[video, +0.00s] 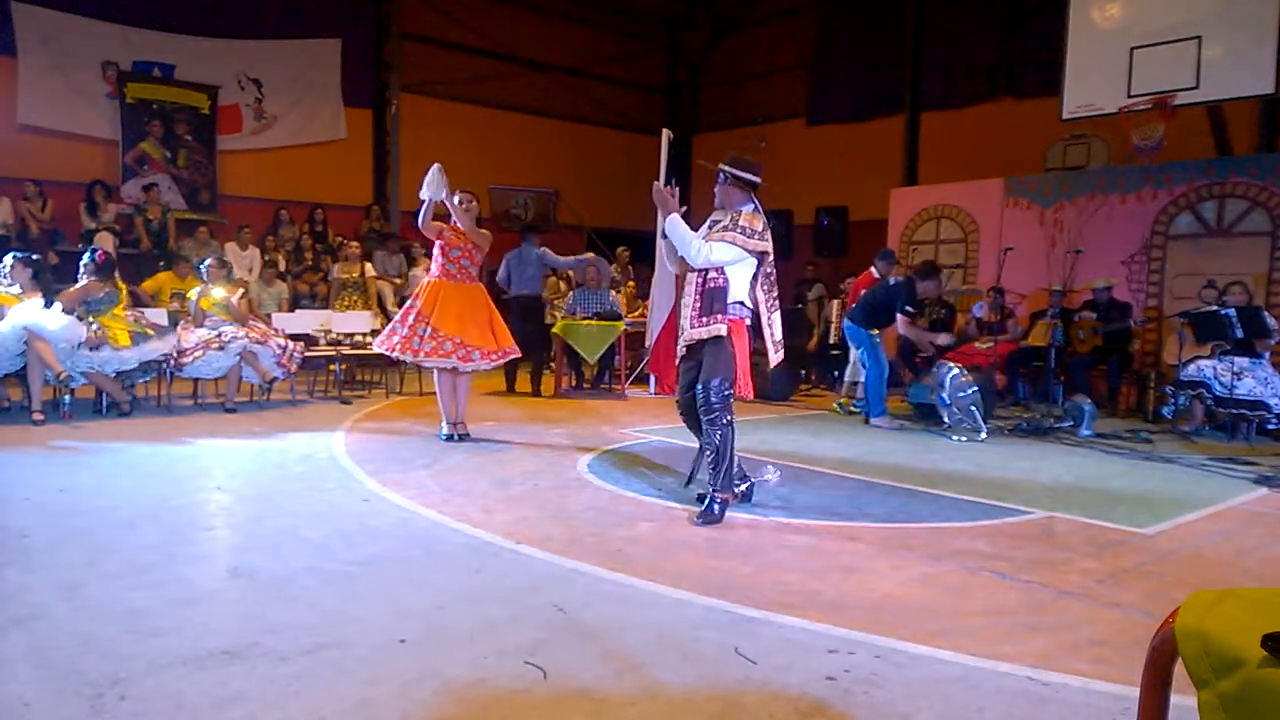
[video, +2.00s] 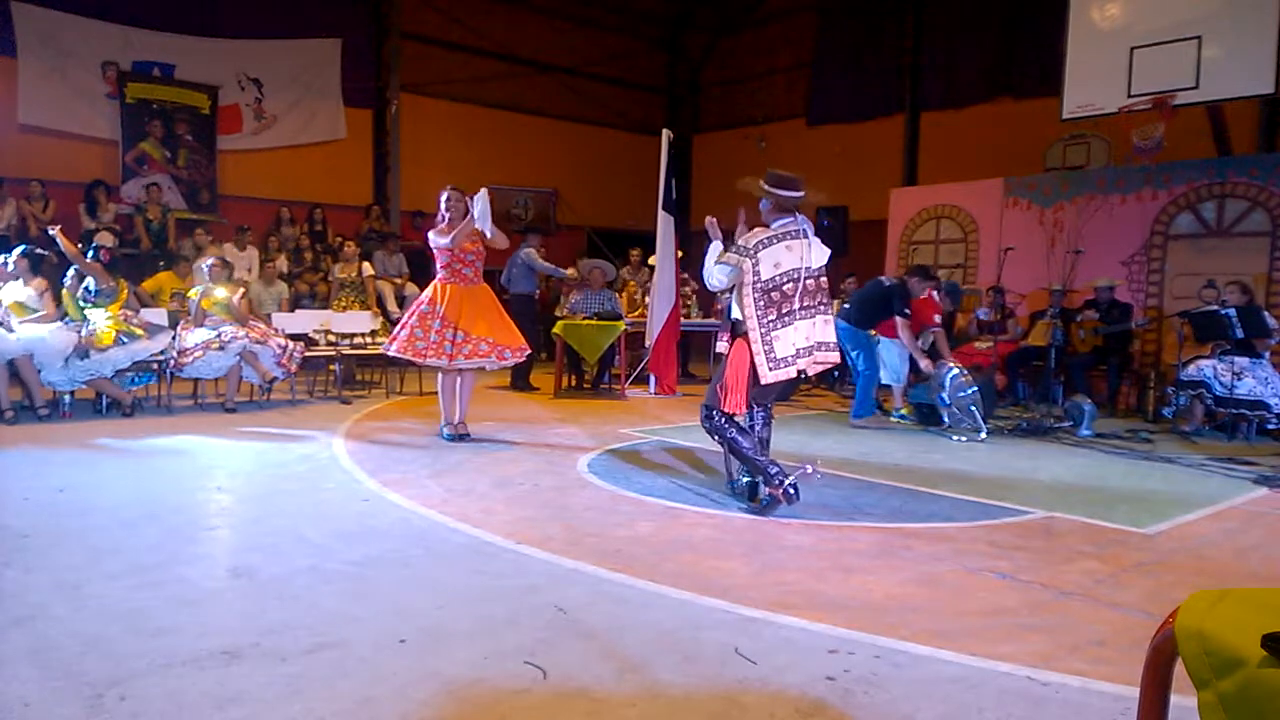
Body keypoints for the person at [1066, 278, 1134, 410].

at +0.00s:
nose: (1097, 295)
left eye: (1101, 292)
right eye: (1095, 292)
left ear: (1108, 292)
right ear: (1093, 293)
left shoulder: (1122, 307)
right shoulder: (1089, 306)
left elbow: (1119, 320)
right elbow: (1070, 316)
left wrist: (1097, 317)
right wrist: (1078, 316)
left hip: (1118, 349)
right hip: (1097, 348)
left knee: (1114, 365)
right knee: (1077, 363)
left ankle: (1112, 403)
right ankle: (1084, 399)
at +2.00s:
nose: (1099, 295)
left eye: (1103, 291)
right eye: (1097, 291)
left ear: (1111, 292)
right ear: (1094, 292)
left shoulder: (1124, 308)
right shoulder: (1090, 305)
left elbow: (1119, 321)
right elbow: (1068, 314)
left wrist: (1098, 317)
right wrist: (1080, 316)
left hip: (1116, 350)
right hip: (1096, 349)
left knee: (1115, 366)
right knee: (1075, 363)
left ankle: (1111, 404)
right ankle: (1083, 400)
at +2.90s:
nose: (1092, 295)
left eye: (1095, 292)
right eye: (1092, 292)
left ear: (1106, 293)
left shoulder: (1123, 309)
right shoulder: (1089, 307)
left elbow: (1119, 322)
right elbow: (1067, 315)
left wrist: (1097, 316)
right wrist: (1076, 316)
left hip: (1116, 350)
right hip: (1096, 349)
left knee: (1115, 365)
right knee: (1076, 363)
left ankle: (1111, 403)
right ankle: (1083, 400)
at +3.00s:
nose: (1091, 295)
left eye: (1095, 292)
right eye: (1091, 292)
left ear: (1105, 293)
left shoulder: (1123, 308)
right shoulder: (1089, 306)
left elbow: (1119, 321)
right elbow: (1067, 315)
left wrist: (1097, 316)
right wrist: (1077, 315)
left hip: (1116, 349)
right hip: (1096, 349)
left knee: (1115, 365)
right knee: (1076, 363)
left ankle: (1111, 403)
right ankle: (1083, 399)